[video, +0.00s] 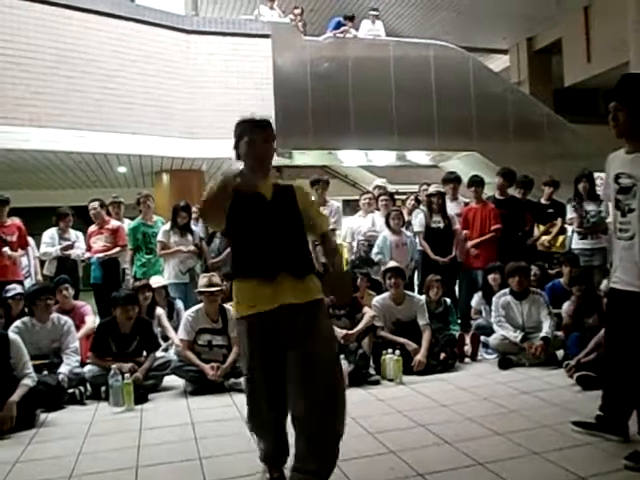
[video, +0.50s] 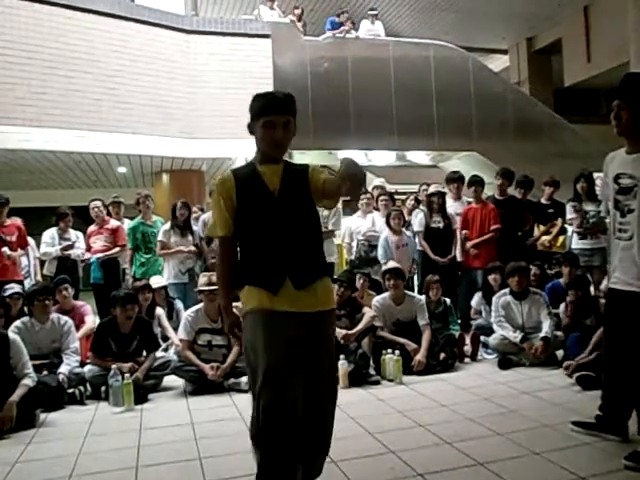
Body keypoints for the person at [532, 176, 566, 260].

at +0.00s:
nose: (551, 191)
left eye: (553, 188)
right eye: (549, 187)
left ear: (555, 190)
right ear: (543, 187)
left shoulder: (560, 205)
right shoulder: (535, 204)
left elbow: (559, 223)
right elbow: (535, 223)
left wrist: (549, 238)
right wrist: (539, 238)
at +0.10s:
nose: (550, 191)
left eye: (553, 188)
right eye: (548, 187)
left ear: (555, 191)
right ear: (543, 187)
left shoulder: (559, 205)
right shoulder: (535, 204)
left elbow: (559, 223)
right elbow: (534, 223)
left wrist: (549, 238)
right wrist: (539, 238)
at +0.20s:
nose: (551, 190)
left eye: (554, 188)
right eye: (549, 186)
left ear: (556, 190)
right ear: (543, 187)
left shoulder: (560, 205)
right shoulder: (535, 204)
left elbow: (559, 223)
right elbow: (534, 224)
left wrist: (549, 239)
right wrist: (539, 239)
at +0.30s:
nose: (551, 190)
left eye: (554, 187)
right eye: (549, 186)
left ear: (556, 190)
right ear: (543, 187)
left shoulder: (560, 205)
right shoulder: (535, 205)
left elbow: (559, 223)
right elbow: (535, 224)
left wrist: (550, 238)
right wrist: (540, 239)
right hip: (539, 240)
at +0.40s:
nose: (551, 190)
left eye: (554, 188)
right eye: (549, 186)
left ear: (556, 190)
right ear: (543, 187)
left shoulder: (560, 205)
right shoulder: (535, 205)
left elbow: (559, 223)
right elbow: (534, 224)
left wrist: (549, 239)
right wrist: (541, 239)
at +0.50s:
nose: (552, 190)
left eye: (554, 187)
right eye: (549, 186)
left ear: (556, 190)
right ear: (543, 187)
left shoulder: (560, 205)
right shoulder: (536, 205)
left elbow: (560, 223)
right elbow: (535, 224)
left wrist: (550, 239)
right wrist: (540, 239)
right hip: (540, 241)